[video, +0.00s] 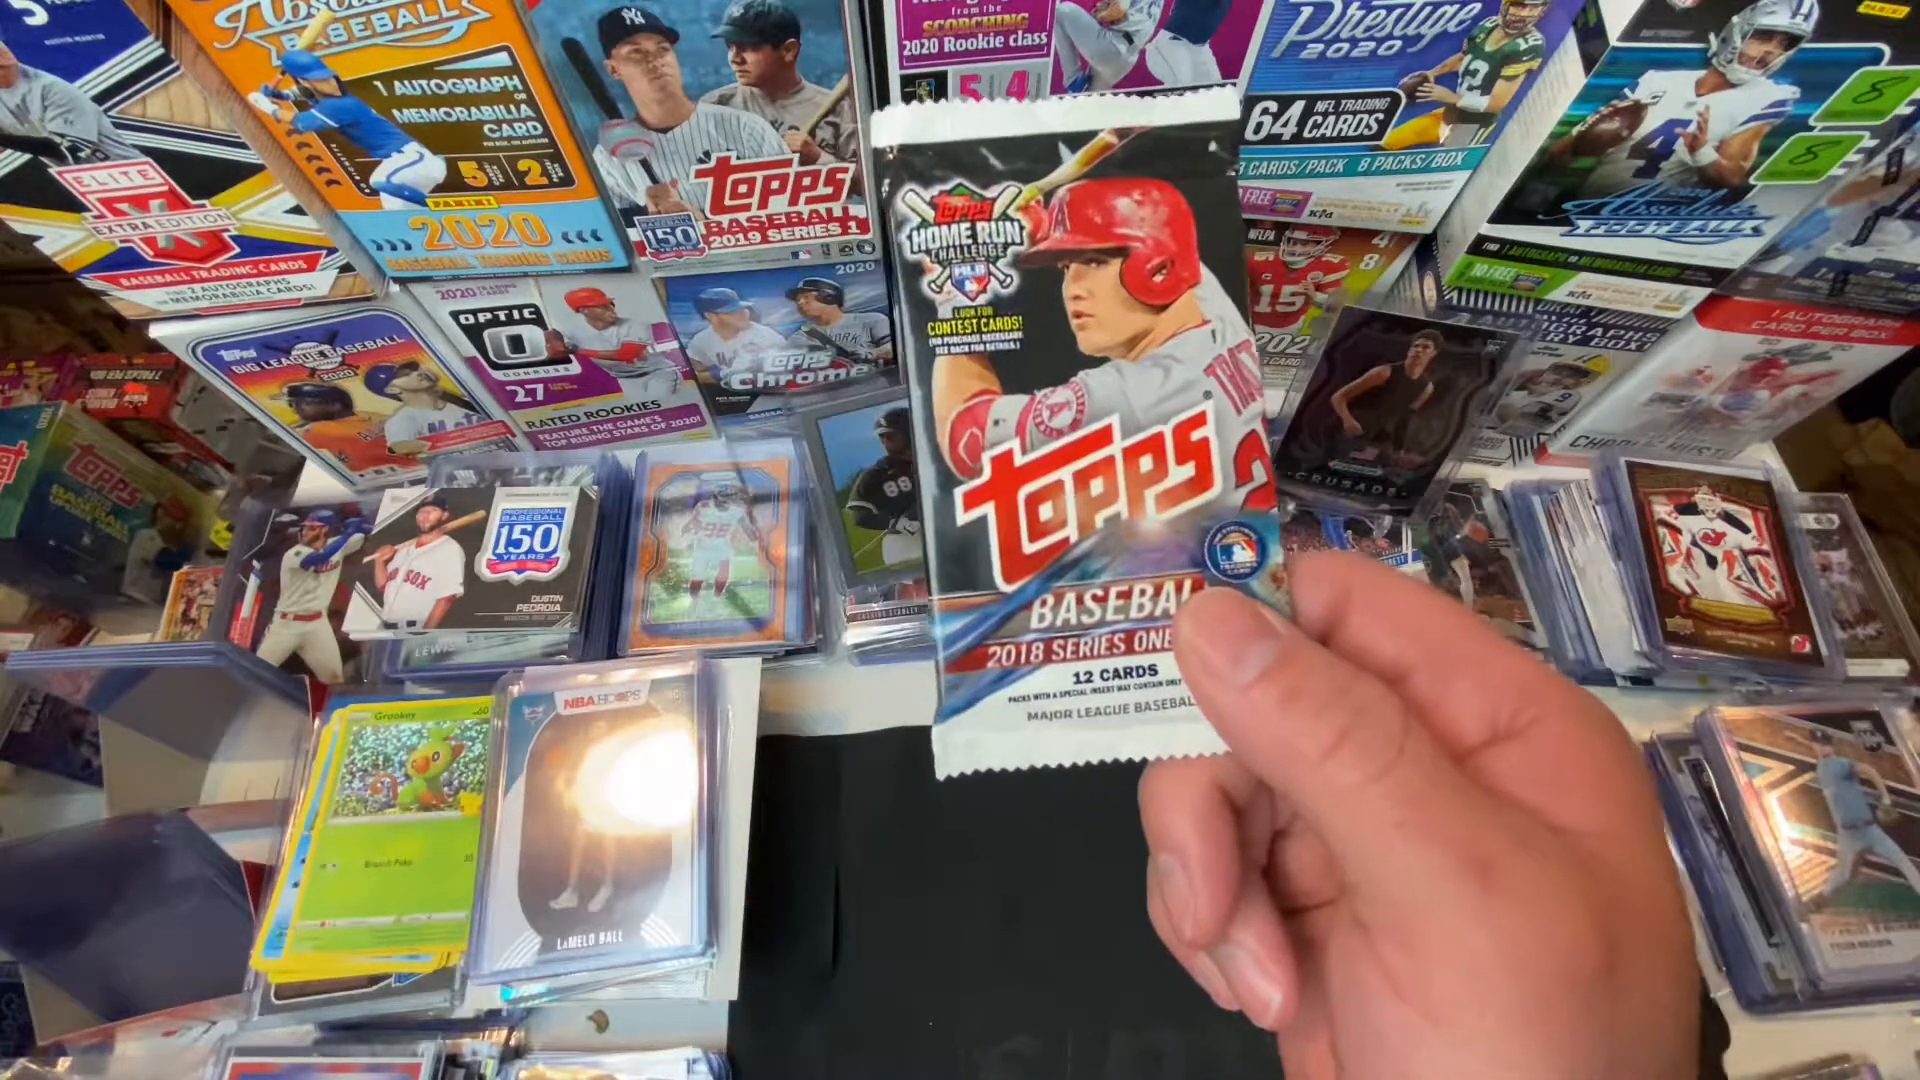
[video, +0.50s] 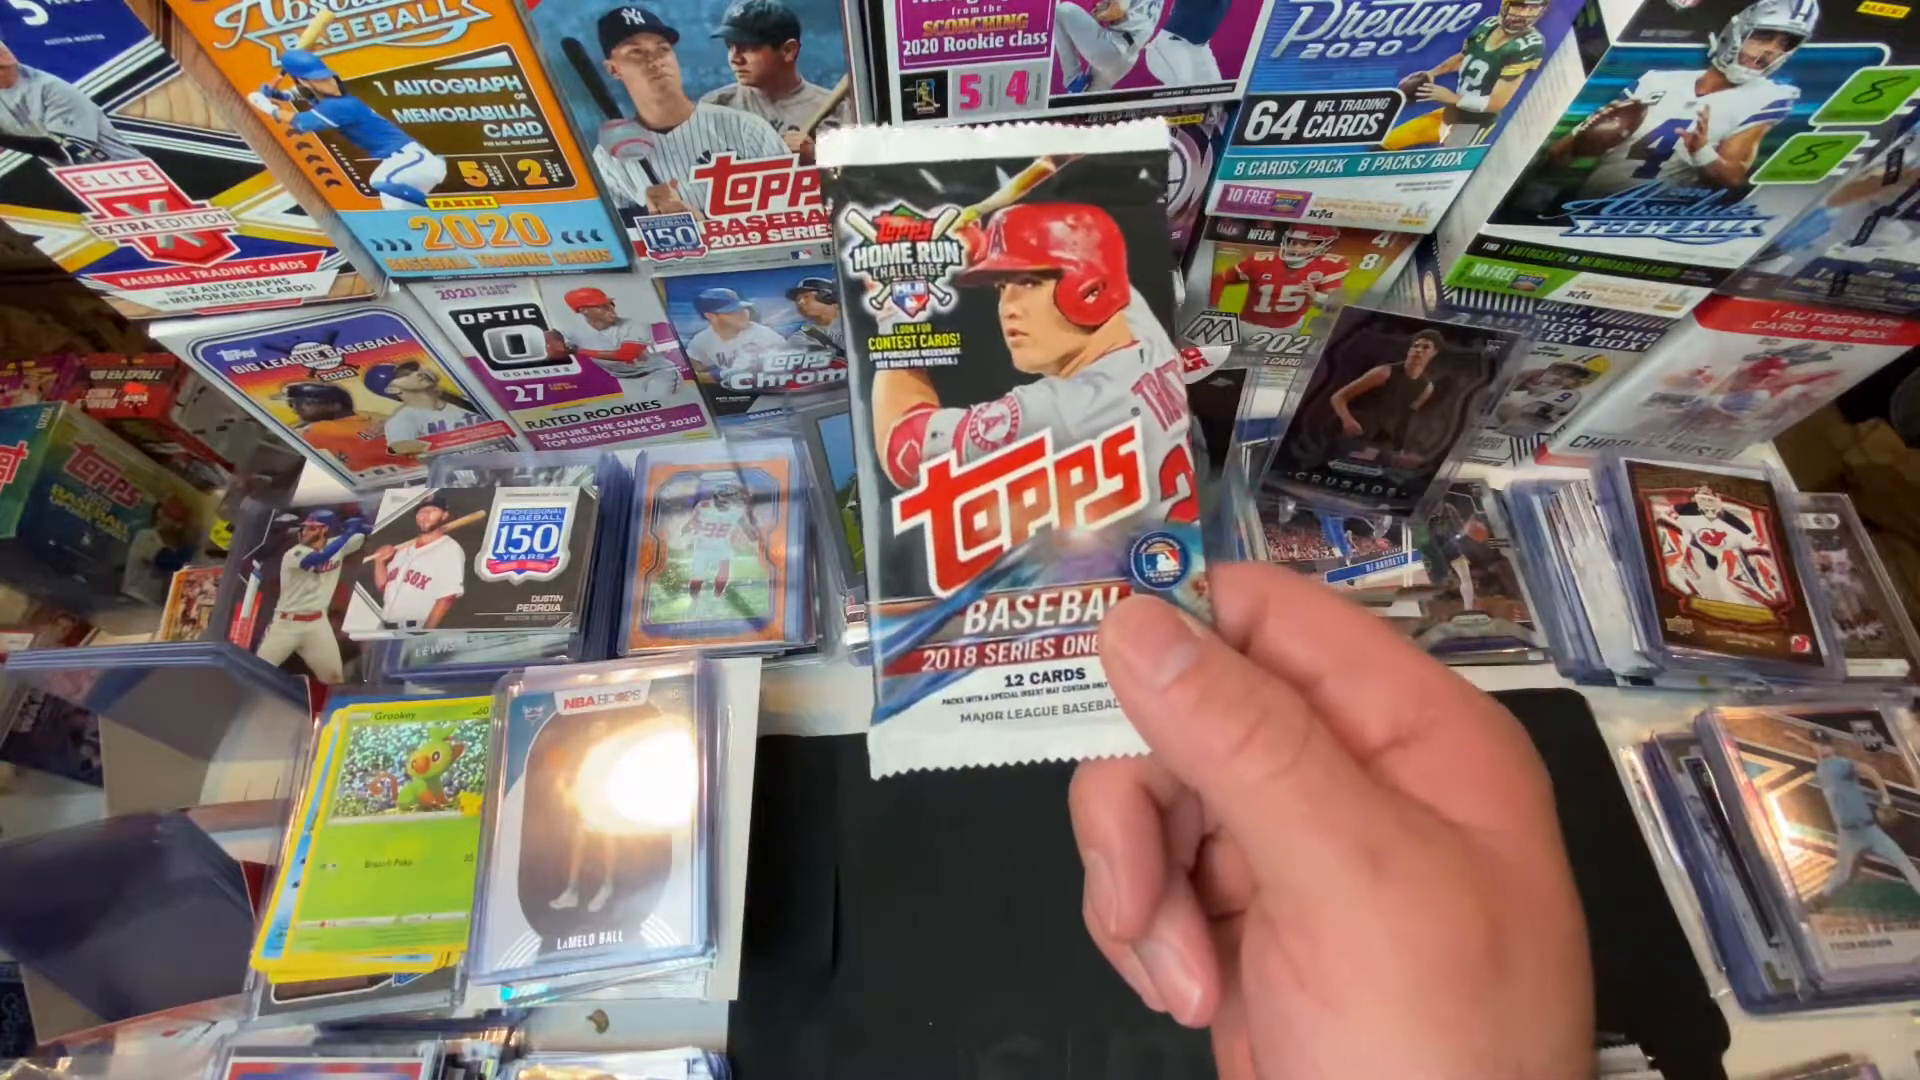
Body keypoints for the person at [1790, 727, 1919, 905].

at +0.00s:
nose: (1824, 749)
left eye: (1826, 744)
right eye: (1819, 745)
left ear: (1832, 745)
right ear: (1814, 748)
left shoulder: (1840, 764)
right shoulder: (1823, 768)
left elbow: (1870, 771)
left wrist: (1885, 797)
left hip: (1870, 828)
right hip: (1847, 834)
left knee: (1902, 862)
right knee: (1842, 875)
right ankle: (1818, 900)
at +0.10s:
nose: (1824, 749)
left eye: (1826, 744)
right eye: (1819, 745)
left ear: (1831, 745)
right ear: (1814, 748)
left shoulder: (1839, 764)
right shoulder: (1824, 768)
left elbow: (1869, 771)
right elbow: (1869, 770)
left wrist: (1885, 797)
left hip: (1870, 828)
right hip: (1847, 833)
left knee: (1903, 862)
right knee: (1843, 875)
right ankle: (1819, 899)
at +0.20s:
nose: (1824, 749)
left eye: (1826, 743)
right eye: (1819, 745)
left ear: (1831, 744)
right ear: (1813, 747)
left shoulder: (1840, 764)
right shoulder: (1822, 768)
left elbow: (1870, 771)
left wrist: (1885, 797)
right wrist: (1797, 738)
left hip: (1870, 828)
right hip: (1847, 833)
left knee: (1903, 863)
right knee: (1843, 875)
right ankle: (1820, 899)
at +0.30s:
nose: (1823, 749)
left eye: (1826, 744)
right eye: (1819, 745)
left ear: (1831, 745)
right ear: (1814, 748)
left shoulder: (1841, 764)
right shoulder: (1822, 768)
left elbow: (1869, 771)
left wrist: (1885, 796)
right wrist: (1798, 739)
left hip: (1869, 828)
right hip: (1846, 833)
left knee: (1901, 860)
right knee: (1843, 874)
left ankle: (1919, 888)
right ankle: (1820, 899)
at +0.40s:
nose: (1823, 750)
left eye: (1826, 744)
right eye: (1819, 746)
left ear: (1831, 745)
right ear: (1814, 748)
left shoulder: (1841, 764)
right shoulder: (1823, 768)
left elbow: (1870, 771)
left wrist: (1885, 796)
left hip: (1869, 827)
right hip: (1846, 833)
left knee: (1902, 861)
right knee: (1843, 874)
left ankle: (1918, 889)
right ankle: (1820, 899)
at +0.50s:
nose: (1823, 750)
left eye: (1826, 744)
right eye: (1819, 746)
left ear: (1831, 745)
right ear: (1814, 748)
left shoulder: (1841, 764)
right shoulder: (1823, 768)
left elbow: (1870, 771)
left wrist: (1885, 796)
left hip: (1869, 827)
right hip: (1846, 833)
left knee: (1901, 859)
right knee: (1843, 874)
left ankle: (1918, 888)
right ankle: (1820, 899)